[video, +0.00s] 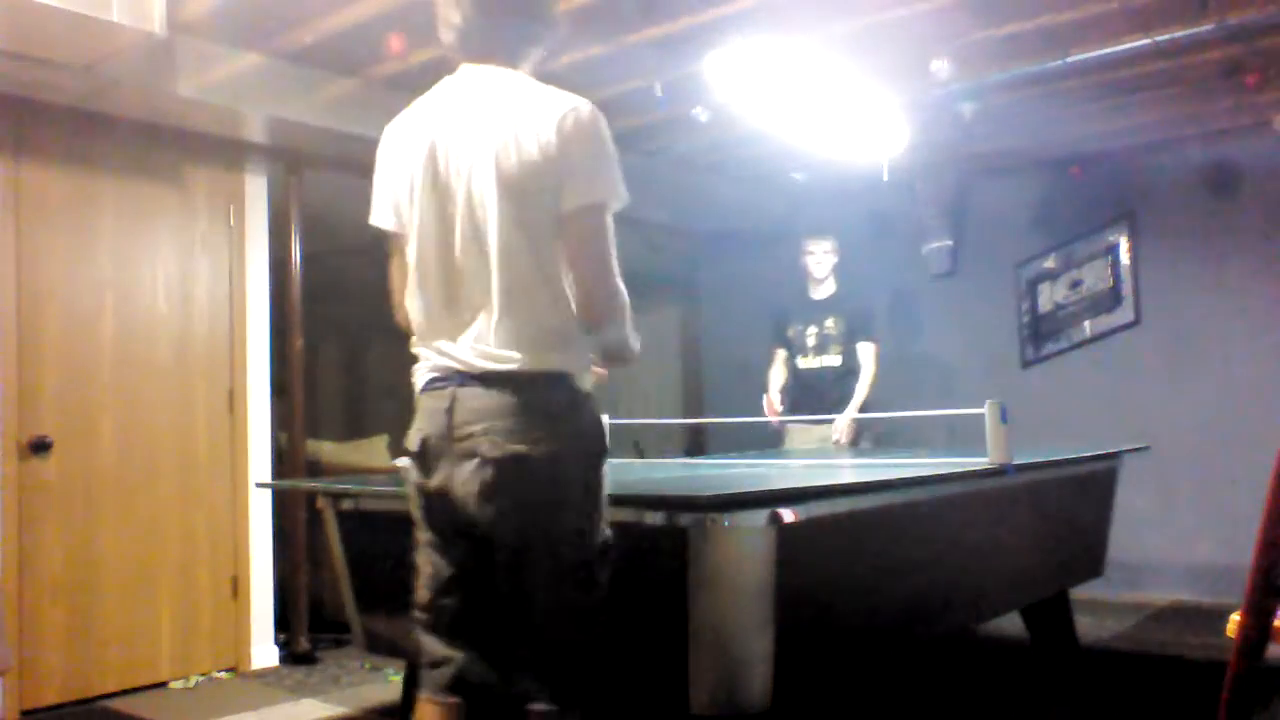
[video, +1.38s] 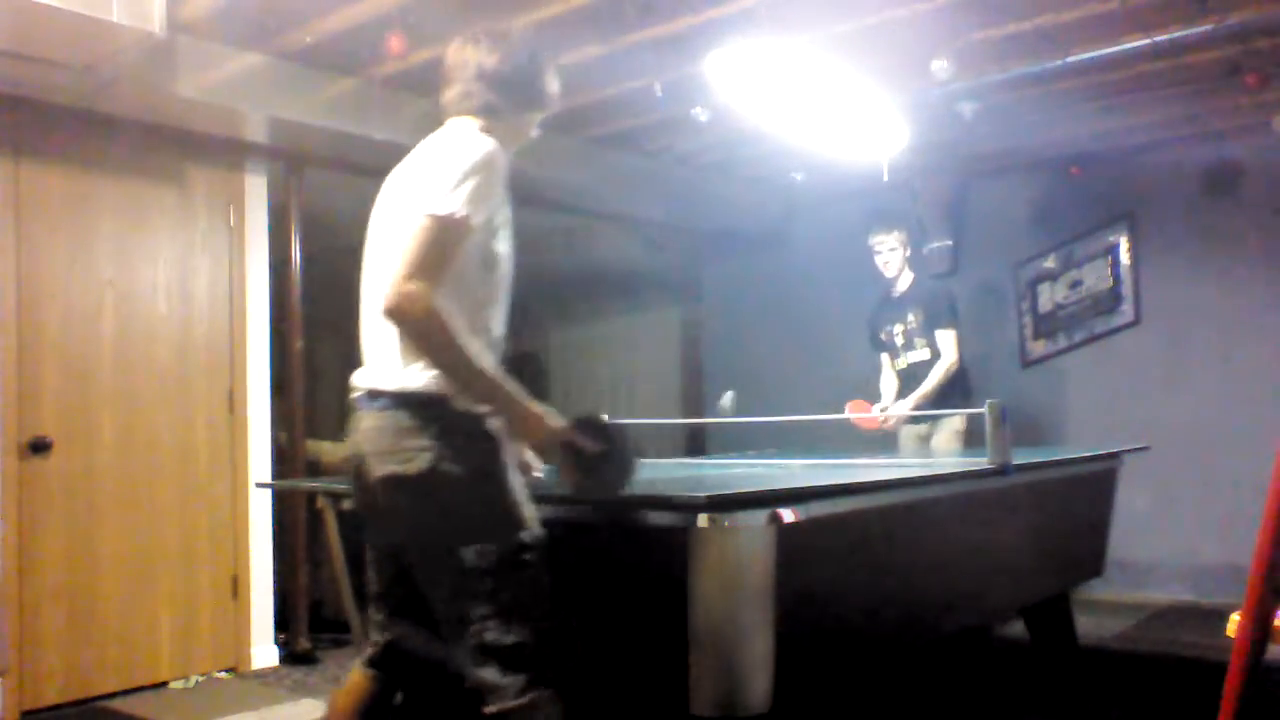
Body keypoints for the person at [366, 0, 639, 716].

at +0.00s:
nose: (441, 23)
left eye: (442, 16)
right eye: (552, 26)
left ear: (449, 29)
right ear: (543, 35)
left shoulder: (405, 130)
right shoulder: (567, 117)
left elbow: (408, 301)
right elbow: (595, 294)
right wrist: (617, 346)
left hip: (442, 413)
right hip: (543, 416)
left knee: (445, 652)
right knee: (557, 649)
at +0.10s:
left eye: (472, 21)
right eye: (567, 27)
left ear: (474, 39)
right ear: (559, 39)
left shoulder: (426, 136)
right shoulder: (583, 124)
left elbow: (423, 309)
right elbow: (610, 306)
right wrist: (616, 372)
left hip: (451, 415)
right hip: (549, 417)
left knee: (477, 646)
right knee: (566, 656)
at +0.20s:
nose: (599, 41)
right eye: (591, 26)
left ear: (496, 41)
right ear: (584, 39)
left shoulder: (443, 137)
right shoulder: (598, 127)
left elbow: (425, 308)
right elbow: (621, 297)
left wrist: (484, 373)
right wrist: (628, 407)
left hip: (459, 415)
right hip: (555, 415)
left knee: (491, 641)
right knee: (568, 659)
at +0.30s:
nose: (606, 59)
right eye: (601, 41)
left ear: (511, 46)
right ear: (595, 46)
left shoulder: (456, 139)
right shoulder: (608, 131)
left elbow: (431, 309)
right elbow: (625, 305)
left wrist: (501, 364)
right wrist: (633, 428)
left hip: (462, 411)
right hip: (554, 412)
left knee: (497, 644)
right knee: (568, 659)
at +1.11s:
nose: (601, 79)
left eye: (600, 64)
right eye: (597, 63)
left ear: (513, 65)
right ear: (583, 63)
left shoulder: (462, 151)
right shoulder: (579, 132)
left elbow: (458, 297)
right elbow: (571, 291)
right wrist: (630, 413)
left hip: (442, 408)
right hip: (515, 413)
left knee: (469, 645)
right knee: (557, 650)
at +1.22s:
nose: (588, 84)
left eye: (588, 70)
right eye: (584, 67)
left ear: (502, 68)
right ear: (570, 68)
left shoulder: (459, 149)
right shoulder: (546, 132)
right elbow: (514, 290)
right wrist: (607, 401)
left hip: (428, 414)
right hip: (494, 416)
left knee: (455, 637)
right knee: (548, 649)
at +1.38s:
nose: (537, 129)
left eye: (541, 115)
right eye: (541, 112)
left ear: (462, 90)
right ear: (529, 102)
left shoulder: (415, 162)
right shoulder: (476, 154)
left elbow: (401, 316)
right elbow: (410, 298)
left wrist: (510, 423)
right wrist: (524, 412)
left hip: (377, 429)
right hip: (434, 432)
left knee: (399, 641)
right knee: (511, 642)